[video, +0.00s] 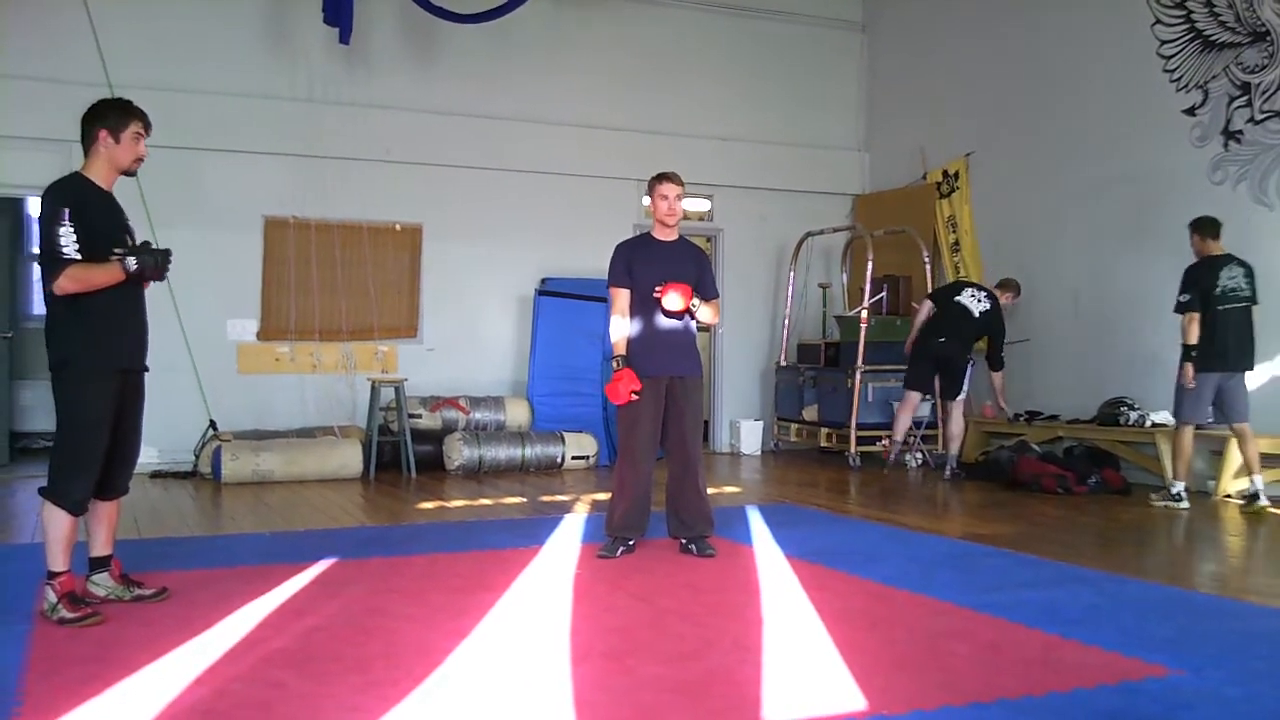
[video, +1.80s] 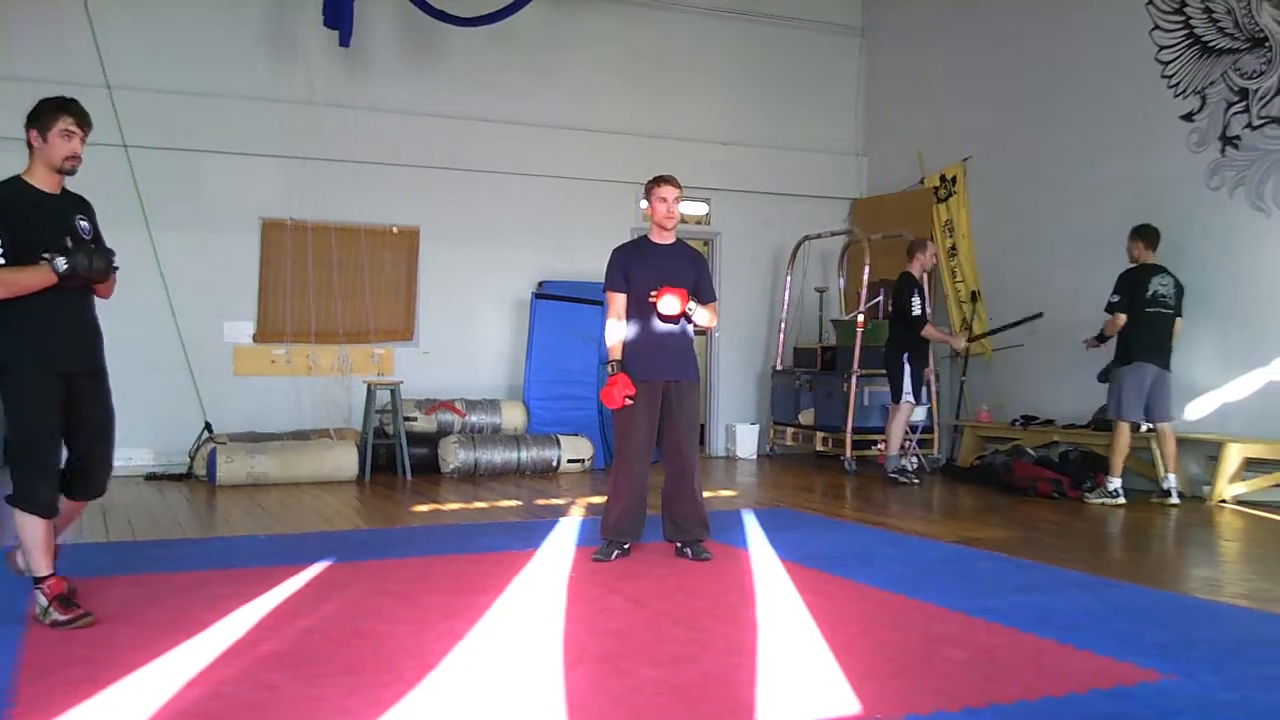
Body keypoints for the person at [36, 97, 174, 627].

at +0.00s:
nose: (144, 151)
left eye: (145, 141)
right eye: (138, 139)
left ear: (110, 141)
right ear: (104, 138)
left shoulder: (110, 204)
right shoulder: (65, 194)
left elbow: (105, 273)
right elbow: (63, 280)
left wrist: (142, 269)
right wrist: (131, 267)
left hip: (124, 360)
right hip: (83, 361)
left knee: (113, 467)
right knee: (73, 468)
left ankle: (103, 575)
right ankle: (57, 589)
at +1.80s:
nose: (77, 145)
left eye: (81, 137)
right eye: (66, 135)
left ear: (82, 144)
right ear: (36, 138)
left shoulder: (79, 208)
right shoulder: (5, 200)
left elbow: (106, 289)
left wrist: (97, 268)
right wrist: (63, 268)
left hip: (82, 358)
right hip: (24, 360)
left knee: (91, 468)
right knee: (35, 469)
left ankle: (34, 548)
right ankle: (47, 592)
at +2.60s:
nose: (79, 170)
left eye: (85, 163)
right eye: (71, 158)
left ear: (83, 170)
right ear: (40, 157)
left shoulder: (59, 227)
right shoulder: (7, 206)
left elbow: (62, 309)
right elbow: (3, 282)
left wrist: (70, 293)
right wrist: (38, 280)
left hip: (47, 363)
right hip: (10, 361)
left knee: (37, 467)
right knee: (18, 465)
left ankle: (18, 576)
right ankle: (29, 582)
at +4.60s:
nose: (228, 161)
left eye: (233, 154)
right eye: (220, 150)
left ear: (233, 163)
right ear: (193, 151)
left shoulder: (218, 224)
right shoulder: (147, 198)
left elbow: (229, 303)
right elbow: (120, 268)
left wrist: (224, 279)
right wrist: (188, 268)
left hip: (201, 357)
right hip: (153, 354)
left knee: (190, 464)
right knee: (159, 460)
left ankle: (171, 567)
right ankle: (118, 568)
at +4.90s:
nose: (219, 104)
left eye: (224, 97)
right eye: (210, 93)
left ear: (224, 104)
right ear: (182, 94)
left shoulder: (212, 166)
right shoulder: (138, 142)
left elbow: (225, 244)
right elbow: (113, 216)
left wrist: (221, 227)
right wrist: (183, 213)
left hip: (197, 301)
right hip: (150, 298)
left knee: (184, 405)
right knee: (164, 403)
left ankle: (154, 508)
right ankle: (178, 520)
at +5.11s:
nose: (234, 107)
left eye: (237, 98)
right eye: (226, 95)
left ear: (231, 101)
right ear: (194, 93)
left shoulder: (218, 162)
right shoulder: (156, 146)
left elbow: (225, 237)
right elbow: (144, 227)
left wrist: (239, 225)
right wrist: (213, 217)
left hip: (218, 306)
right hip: (177, 306)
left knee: (208, 409)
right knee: (188, 411)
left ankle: (171, 509)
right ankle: (194, 530)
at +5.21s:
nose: (243, 107)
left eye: (247, 99)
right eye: (235, 96)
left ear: (241, 102)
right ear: (203, 94)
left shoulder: (222, 162)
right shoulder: (168, 149)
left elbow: (218, 231)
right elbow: (163, 232)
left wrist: (245, 226)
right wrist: (229, 219)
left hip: (227, 308)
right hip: (188, 309)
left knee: (225, 411)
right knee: (197, 414)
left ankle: (184, 508)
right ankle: (202, 535)